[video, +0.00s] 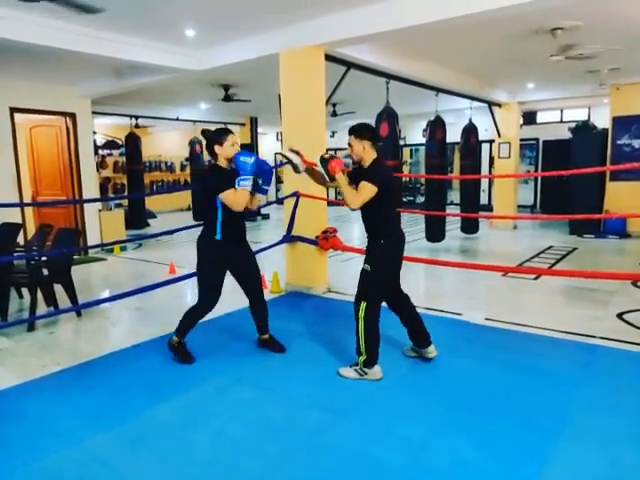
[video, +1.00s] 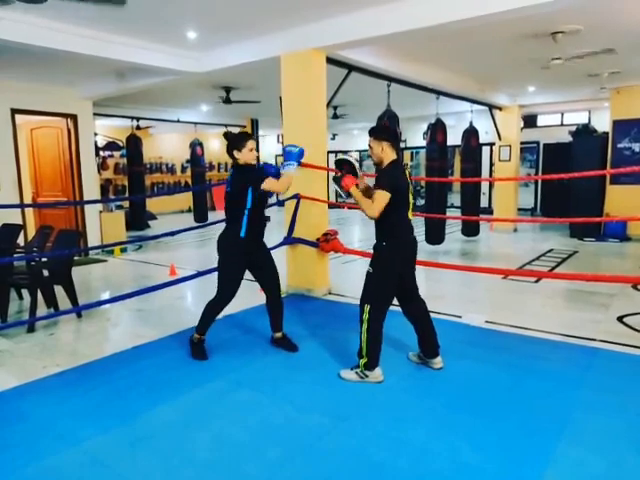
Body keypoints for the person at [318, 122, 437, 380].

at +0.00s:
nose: (349, 150)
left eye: (351, 145)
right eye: (349, 145)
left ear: (365, 144)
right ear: (364, 145)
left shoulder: (378, 171)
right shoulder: (363, 170)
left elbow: (354, 201)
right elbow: (329, 182)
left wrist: (338, 175)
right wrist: (305, 167)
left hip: (384, 243)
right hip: (385, 241)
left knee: (365, 303)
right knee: (393, 296)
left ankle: (367, 365)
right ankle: (424, 345)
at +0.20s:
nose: (356, 150)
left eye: (359, 145)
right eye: (356, 146)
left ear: (372, 145)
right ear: (373, 146)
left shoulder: (386, 174)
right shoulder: (371, 172)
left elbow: (362, 208)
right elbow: (340, 188)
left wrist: (349, 175)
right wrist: (320, 171)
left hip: (386, 245)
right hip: (390, 243)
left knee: (365, 304)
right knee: (398, 297)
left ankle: (368, 366)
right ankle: (429, 349)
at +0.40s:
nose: (364, 149)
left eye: (366, 144)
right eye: (364, 145)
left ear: (379, 145)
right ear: (385, 145)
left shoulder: (378, 172)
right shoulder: (397, 168)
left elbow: (343, 194)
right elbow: (374, 191)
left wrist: (340, 164)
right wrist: (357, 172)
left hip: (385, 247)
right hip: (404, 244)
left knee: (362, 305)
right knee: (409, 299)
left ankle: (368, 366)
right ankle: (431, 352)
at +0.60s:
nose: (365, 149)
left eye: (367, 144)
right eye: (366, 144)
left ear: (379, 144)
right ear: (387, 144)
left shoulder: (376, 170)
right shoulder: (399, 168)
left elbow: (336, 184)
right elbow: (372, 186)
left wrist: (328, 154)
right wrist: (354, 172)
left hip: (384, 247)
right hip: (405, 244)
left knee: (363, 304)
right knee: (410, 297)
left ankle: (368, 366)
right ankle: (431, 352)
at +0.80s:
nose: (364, 149)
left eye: (366, 144)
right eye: (364, 144)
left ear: (380, 144)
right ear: (384, 145)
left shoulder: (381, 171)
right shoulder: (392, 168)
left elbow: (350, 198)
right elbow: (365, 189)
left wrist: (336, 171)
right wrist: (346, 168)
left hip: (385, 247)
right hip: (402, 244)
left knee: (366, 306)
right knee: (407, 298)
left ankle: (368, 367)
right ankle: (430, 353)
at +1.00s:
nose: (370, 152)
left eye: (372, 147)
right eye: (370, 147)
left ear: (385, 146)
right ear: (389, 146)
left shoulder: (389, 173)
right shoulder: (398, 170)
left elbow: (373, 211)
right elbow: (387, 205)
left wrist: (353, 191)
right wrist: (366, 190)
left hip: (389, 248)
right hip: (404, 245)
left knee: (371, 305)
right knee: (411, 299)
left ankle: (368, 367)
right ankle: (431, 354)